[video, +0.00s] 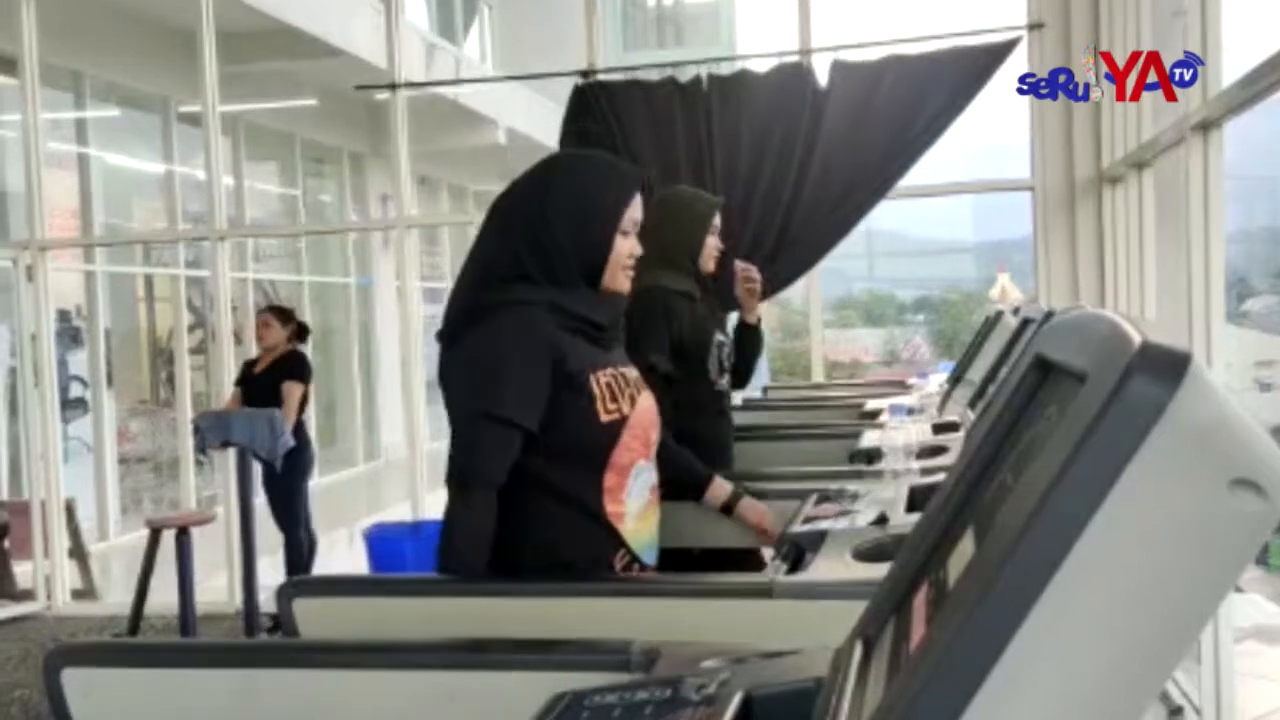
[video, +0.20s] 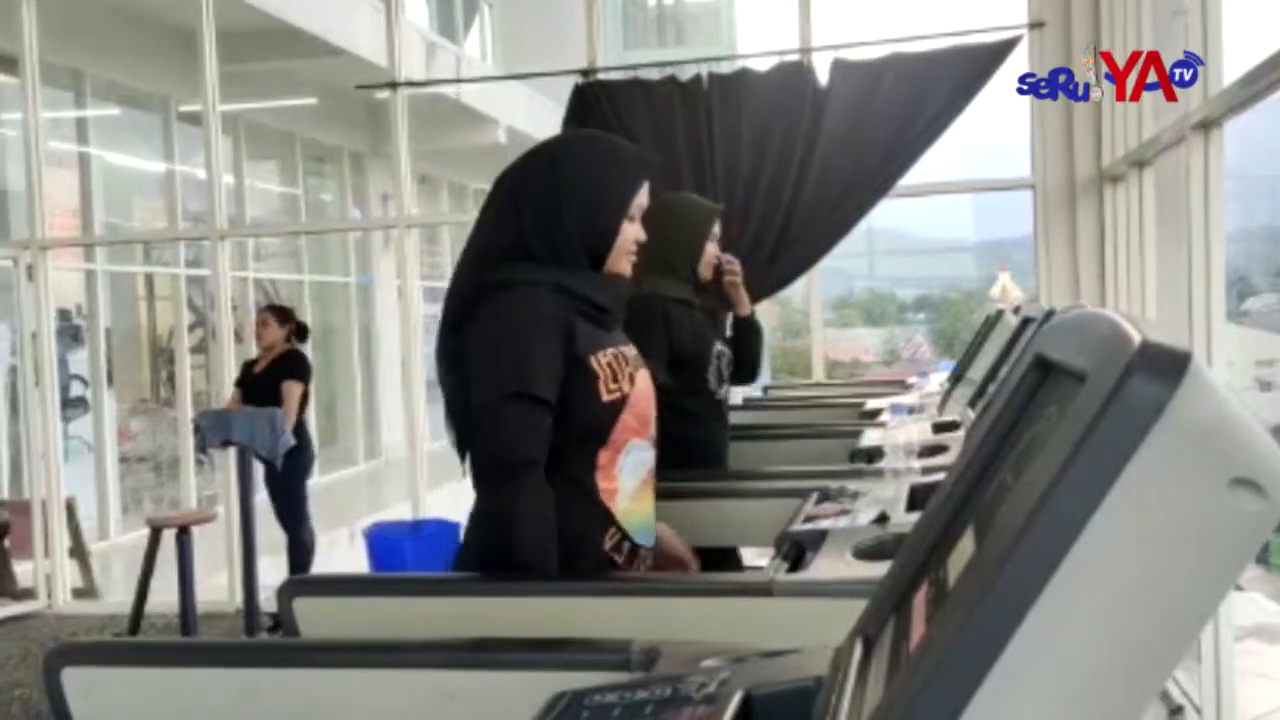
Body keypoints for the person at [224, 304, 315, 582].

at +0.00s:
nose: (260, 332)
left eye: (267, 326)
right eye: (258, 326)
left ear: (287, 330)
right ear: (255, 331)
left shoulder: (295, 361)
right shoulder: (251, 366)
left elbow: (290, 407)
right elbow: (234, 404)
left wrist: (277, 439)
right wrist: (217, 429)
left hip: (292, 442)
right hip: (265, 444)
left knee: (294, 518)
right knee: (285, 518)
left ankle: (297, 583)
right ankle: (299, 580)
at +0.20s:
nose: (259, 331)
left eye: (266, 325)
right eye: (258, 325)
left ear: (285, 330)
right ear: (256, 329)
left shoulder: (294, 360)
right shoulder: (252, 366)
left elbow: (290, 406)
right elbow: (234, 403)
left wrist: (277, 438)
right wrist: (218, 428)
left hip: (293, 441)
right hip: (266, 443)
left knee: (295, 514)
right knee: (286, 515)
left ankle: (298, 581)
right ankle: (298, 579)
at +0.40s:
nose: (259, 330)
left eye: (266, 324)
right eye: (257, 324)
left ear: (286, 328)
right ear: (254, 329)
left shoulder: (298, 361)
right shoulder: (245, 367)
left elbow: (293, 407)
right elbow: (234, 406)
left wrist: (279, 438)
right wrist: (229, 430)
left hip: (297, 446)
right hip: (261, 447)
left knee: (300, 517)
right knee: (282, 520)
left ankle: (306, 582)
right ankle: (287, 586)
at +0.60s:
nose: (263, 330)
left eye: (270, 323)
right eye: (258, 325)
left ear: (286, 326)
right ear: (252, 331)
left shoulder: (303, 360)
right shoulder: (243, 364)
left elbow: (295, 401)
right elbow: (231, 404)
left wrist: (274, 430)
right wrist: (238, 430)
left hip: (298, 446)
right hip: (259, 448)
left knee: (299, 516)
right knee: (267, 518)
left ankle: (302, 580)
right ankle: (273, 583)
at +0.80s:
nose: (267, 328)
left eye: (273, 321)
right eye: (260, 324)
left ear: (286, 325)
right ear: (253, 332)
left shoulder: (304, 359)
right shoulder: (245, 359)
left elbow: (295, 399)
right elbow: (232, 401)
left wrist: (272, 427)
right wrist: (230, 428)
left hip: (295, 447)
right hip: (257, 448)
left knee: (286, 523)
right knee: (264, 524)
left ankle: (289, 598)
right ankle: (283, 597)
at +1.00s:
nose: (269, 327)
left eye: (274, 320)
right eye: (261, 323)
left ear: (287, 324)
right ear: (254, 331)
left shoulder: (304, 358)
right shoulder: (245, 357)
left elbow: (297, 395)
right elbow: (233, 399)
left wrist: (275, 426)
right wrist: (241, 428)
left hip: (295, 445)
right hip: (258, 445)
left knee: (289, 519)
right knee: (264, 520)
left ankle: (293, 586)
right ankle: (279, 588)